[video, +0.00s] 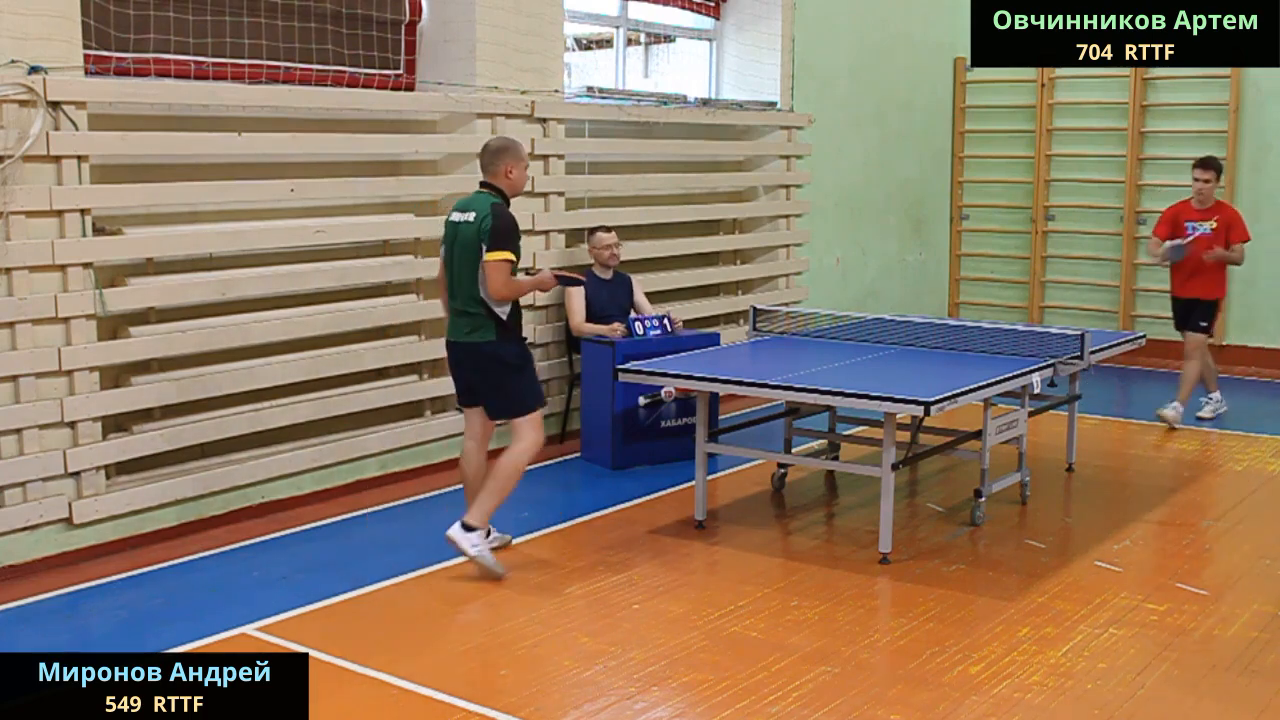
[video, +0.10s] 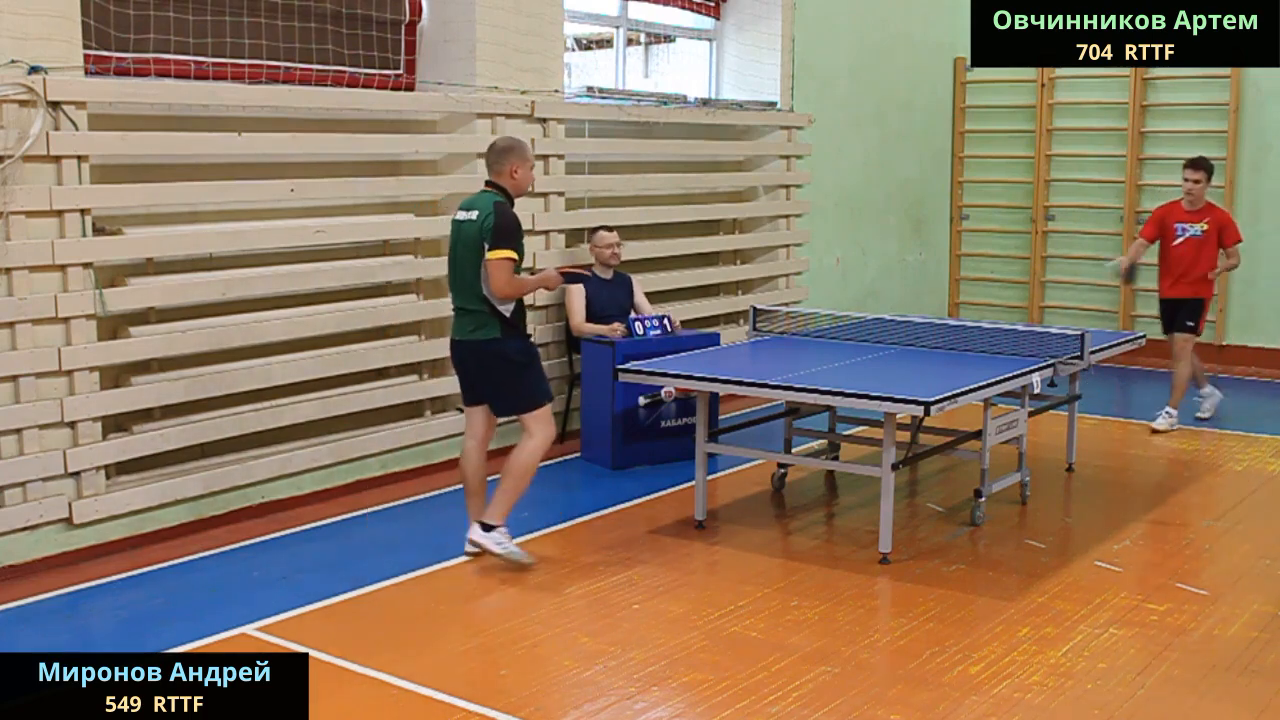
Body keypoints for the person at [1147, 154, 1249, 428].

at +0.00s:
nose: (1199, 186)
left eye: (1206, 182)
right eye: (1196, 180)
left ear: (1217, 184)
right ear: (1191, 181)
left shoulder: (1229, 215)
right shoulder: (1175, 212)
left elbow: (1239, 255)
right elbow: (1153, 246)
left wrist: (1222, 254)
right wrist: (1165, 252)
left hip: (1208, 293)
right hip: (1180, 292)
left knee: (1193, 347)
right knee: (1197, 347)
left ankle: (1178, 406)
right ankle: (1215, 398)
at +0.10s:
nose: (1189, 186)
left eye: (1196, 182)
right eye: (1186, 180)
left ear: (1208, 184)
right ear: (1181, 181)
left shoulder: (1219, 218)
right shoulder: (1164, 213)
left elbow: (1234, 257)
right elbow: (1142, 243)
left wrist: (1221, 267)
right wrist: (1128, 259)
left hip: (1197, 292)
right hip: (1168, 291)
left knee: (1182, 348)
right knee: (1180, 349)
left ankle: (1171, 411)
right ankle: (1208, 392)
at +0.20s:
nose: (1179, 186)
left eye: (1186, 181)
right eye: (1176, 179)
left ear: (1197, 184)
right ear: (1170, 180)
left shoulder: (1207, 218)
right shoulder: (1153, 211)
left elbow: (1227, 256)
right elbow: (1131, 242)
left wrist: (1212, 277)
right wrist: (1116, 261)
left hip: (1185, 292)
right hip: (1155, 291)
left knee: (1173, 348)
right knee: (1152, 353)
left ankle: (1170, 412)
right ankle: (1189, 382)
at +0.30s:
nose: (1165, 183)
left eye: (1173, 179)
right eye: (1163, 177)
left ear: (1184, 182)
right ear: (1158, 177)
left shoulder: (1196, 215)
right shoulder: (1144, 208)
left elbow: (1217, 253)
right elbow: (1124, 239)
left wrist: (1203, 270)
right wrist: (1111, 260)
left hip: (1174, 294)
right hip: (1142, 291)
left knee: (1168, 351)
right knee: (1126, 341)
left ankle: (1169, 412)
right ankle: (1155, 386)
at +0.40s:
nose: (1151, 182)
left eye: (1158, 178)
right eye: (1149, 176)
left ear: (1170, 181)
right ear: (1143, 177)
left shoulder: (1182, 213)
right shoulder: (1131, 208)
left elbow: (1204, 250)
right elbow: (1115, 240)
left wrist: (1186, 269)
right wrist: (1104, 260)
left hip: (1165, 295)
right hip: (1131, 292)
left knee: (1165, 352)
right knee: (1108, 343)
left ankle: (1168, 413)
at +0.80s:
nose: (1080, 192)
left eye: (1087, 187)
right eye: (1077, 186)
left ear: (1099, 188)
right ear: (1072, 187)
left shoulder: (1117, 215)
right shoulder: (1064, 222)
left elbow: (1149, 245)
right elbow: (1056, 254)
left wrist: (1133, 281)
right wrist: (1050, 271)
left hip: (1119, 303)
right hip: (1083, 303)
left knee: (1130, 357)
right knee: (1061, 355)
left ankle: (1150, 407)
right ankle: (1060, 409)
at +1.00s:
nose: (1067, 203)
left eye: (1074, 198)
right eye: (1064, 197)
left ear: (1088, 199)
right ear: (1061, 198)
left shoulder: (1109, 223)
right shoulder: (1054, 231)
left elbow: (1144, 246)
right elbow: (1046, 263)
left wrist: (1130, 284)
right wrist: (1045, 278)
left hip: (1116, 305)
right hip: (1078, 306)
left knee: (1139, 358)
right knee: (1061, 360)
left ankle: (1155, 415)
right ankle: (1059, 411)